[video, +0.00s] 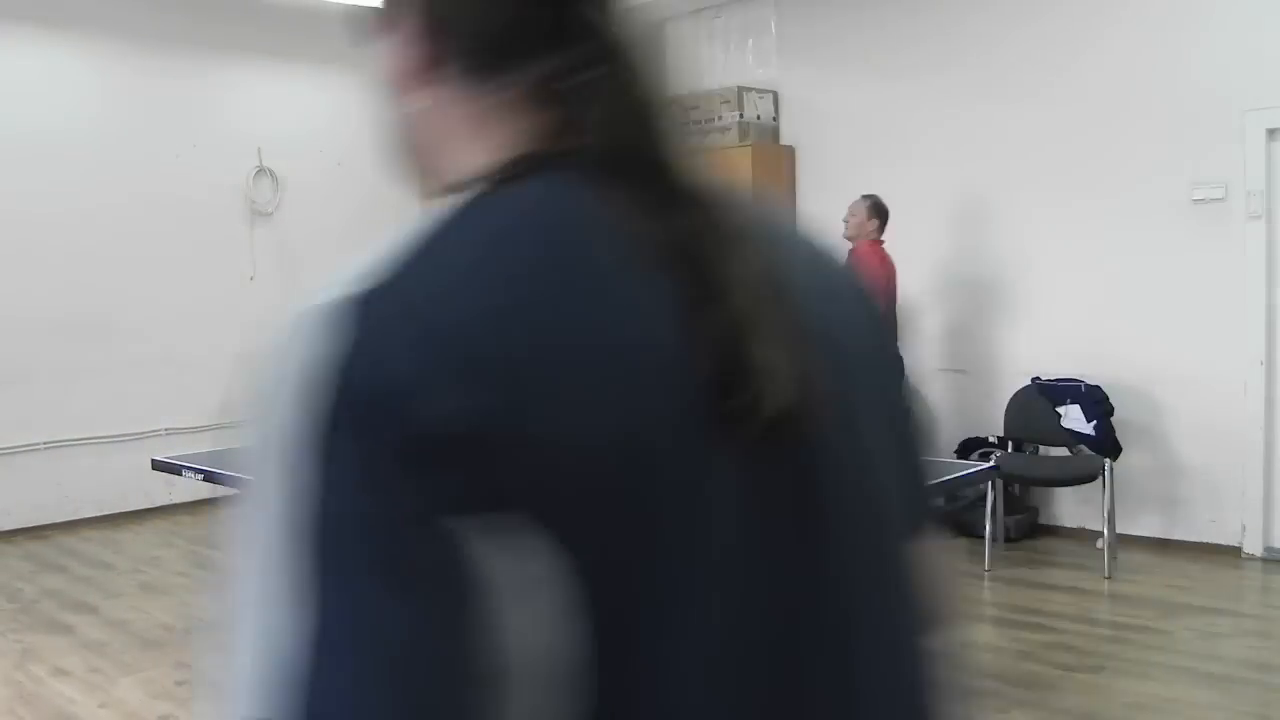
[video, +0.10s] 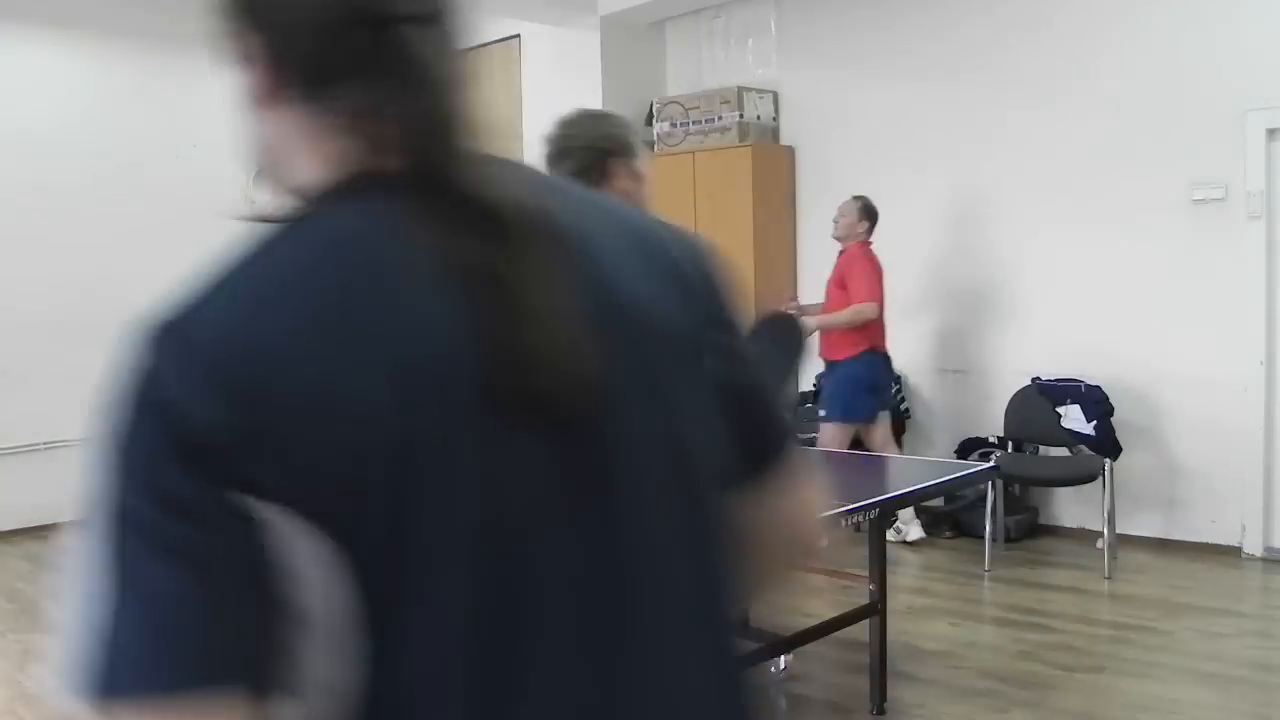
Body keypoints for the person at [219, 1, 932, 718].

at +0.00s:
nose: (384, 80)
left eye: (385, 48)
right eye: (386, 48)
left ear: (416, 54)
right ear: (593, 50)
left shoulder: (415, 329)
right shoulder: (812, 282)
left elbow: (380, 680)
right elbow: (902, 598)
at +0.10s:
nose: (246, 108)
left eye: (241, 72)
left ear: (263, 72)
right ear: (430, 55)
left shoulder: (218, 355)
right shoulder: (653, 262)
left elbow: (181, 696)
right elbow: (791, 528)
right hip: (679, 703)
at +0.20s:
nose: (144, 72)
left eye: (136, 47)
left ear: (153, 39)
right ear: (324, 37)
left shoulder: (110, 308)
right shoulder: (532, 223)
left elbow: (73, 693)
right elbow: (669, 462)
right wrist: (519, 540)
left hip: (293, 701)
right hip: (562, 699)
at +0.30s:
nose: (85, 54)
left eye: (81, 33)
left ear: (99, 32)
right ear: (258, 30)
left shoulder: (42, 247)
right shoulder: (434, 210)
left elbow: (22, 616)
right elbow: (559, 442)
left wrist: (148, 622)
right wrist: (394, 509)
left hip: (195, 698)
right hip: (444, 695)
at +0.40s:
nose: (41, 100)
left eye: (40, 77)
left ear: (58, 76)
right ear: (198, 67)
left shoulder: (21, 249)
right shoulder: (342, 249)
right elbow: (458, 472)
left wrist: (45, 597)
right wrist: (309, 506)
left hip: (115, 694)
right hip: (346, 693)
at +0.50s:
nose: (16, 141)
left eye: (17, 122)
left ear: (29, 126)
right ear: (161, 126)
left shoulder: (14, 271)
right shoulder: (278, 292)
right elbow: (370, 500)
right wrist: (245, 527)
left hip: (52, 692)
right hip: (257, 697)